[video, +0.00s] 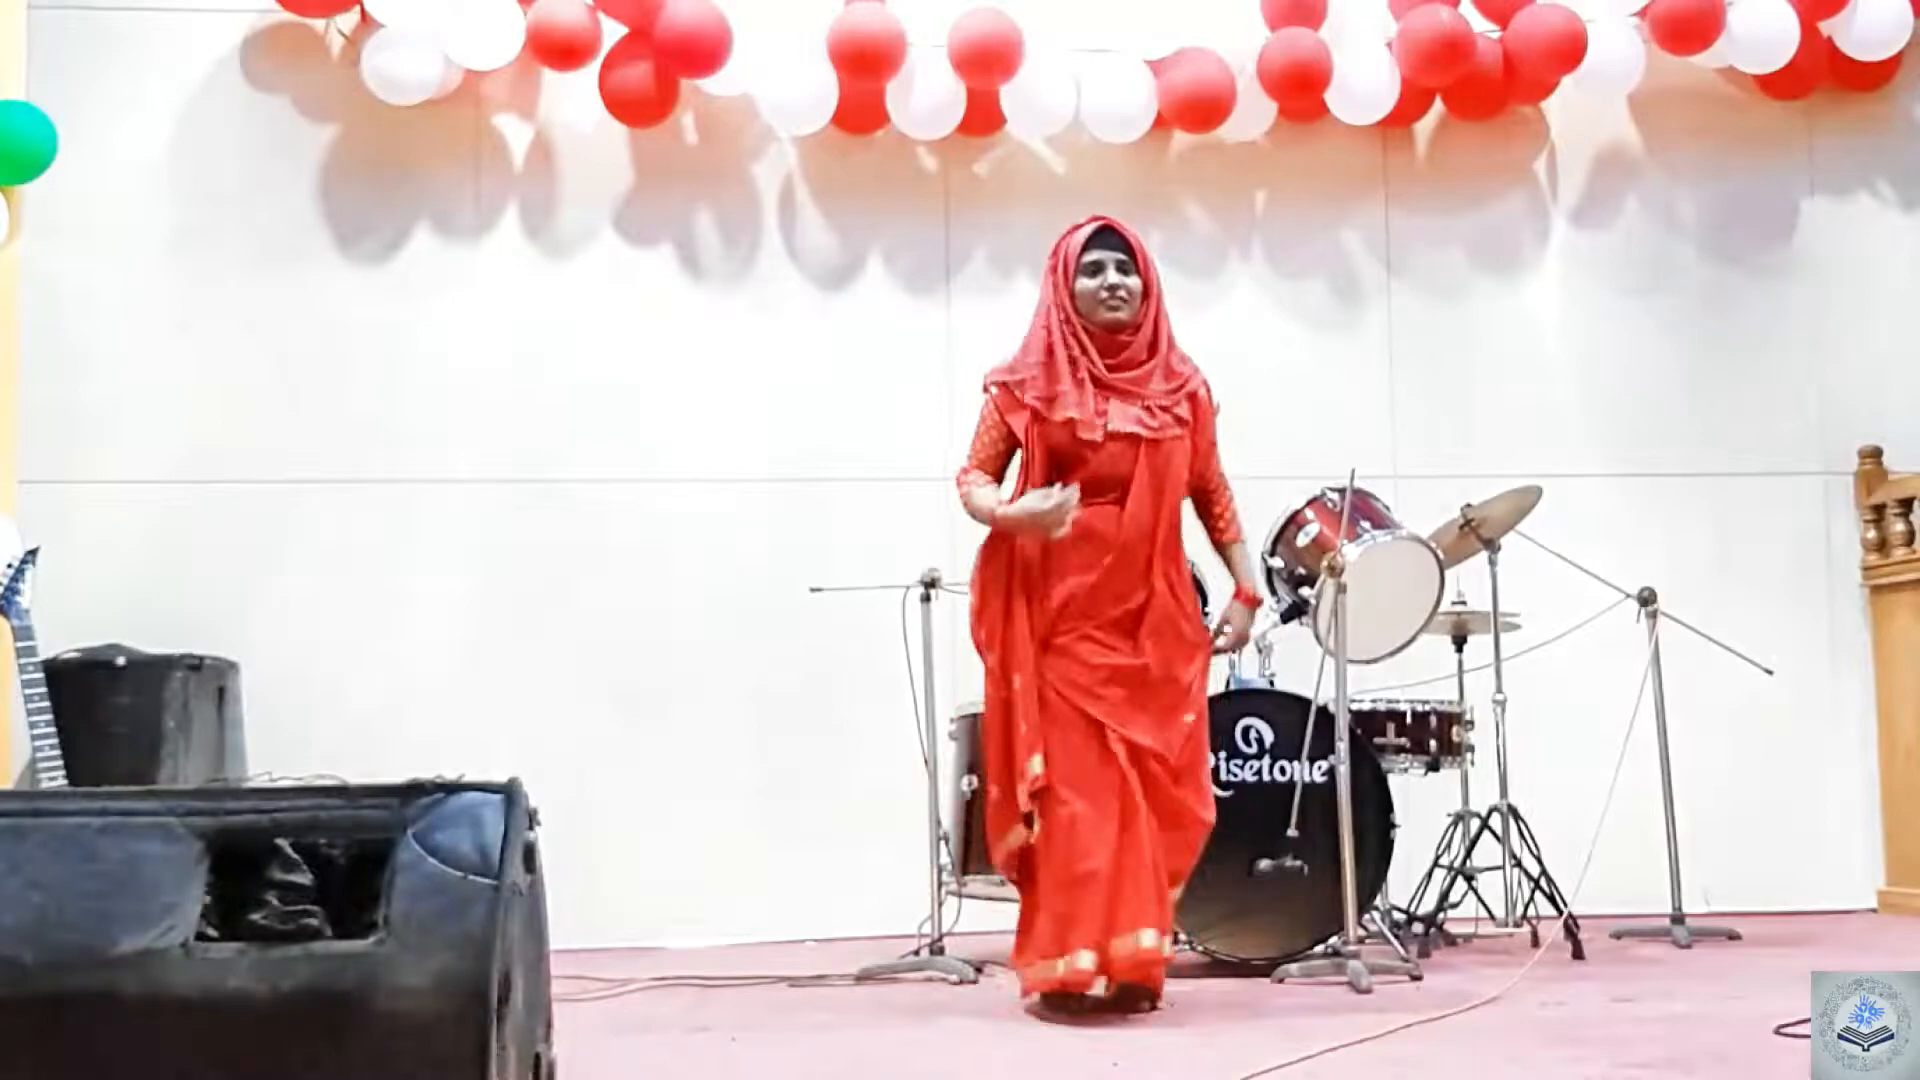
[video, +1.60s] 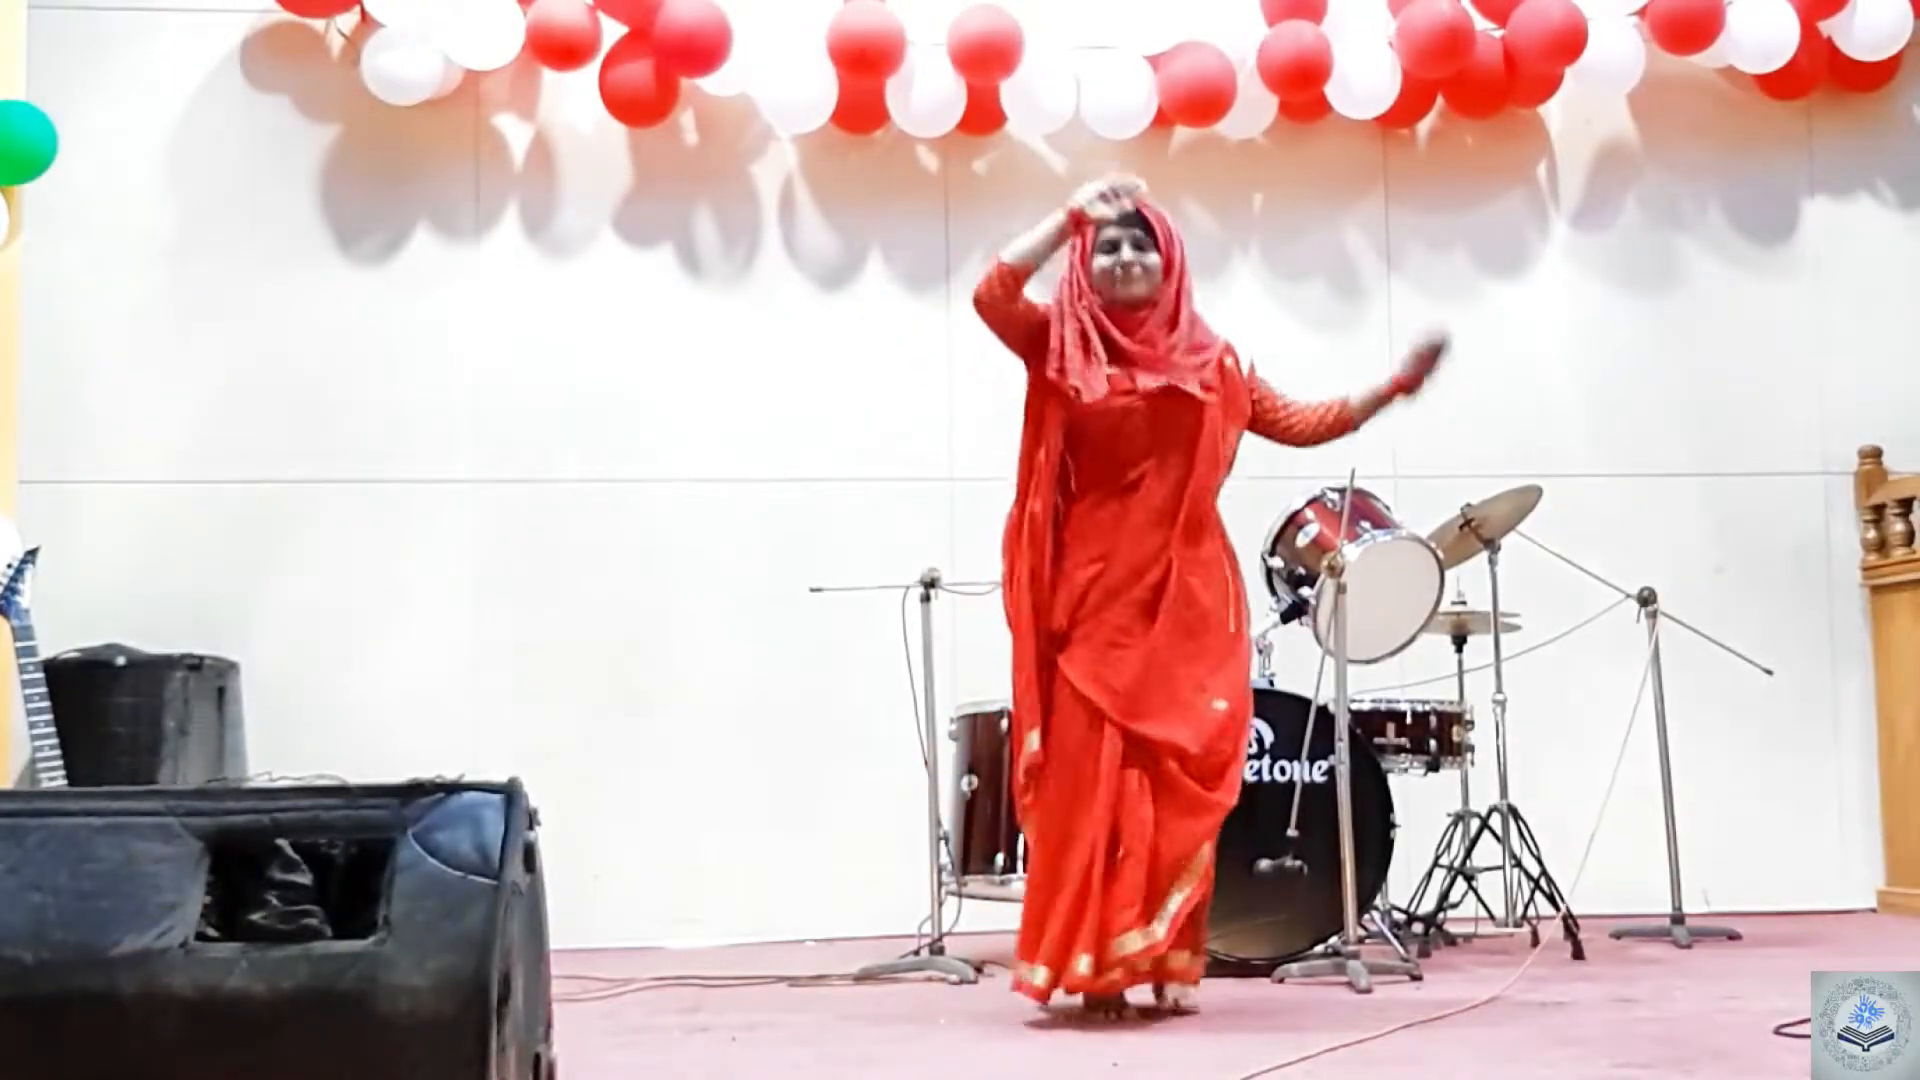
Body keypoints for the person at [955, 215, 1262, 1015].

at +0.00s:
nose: (1111, 280)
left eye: (1123, 268)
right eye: (1094, 270)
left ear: (1144, 284)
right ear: (1067, 288)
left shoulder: (1180, 384)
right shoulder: (1029, 380)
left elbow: (1212, 493)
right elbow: (975, 478)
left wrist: (1246, 583)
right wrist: (1006, 512)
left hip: (1156, 617)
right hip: (1062, 618)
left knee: (1160, 785)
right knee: (1074, 781)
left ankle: (1135, 955)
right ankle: (1071, 963)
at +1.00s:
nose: (1132, 262)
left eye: (1143, 249)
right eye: (1113, 254)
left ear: (1167, 265)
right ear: (1086, 275)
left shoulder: (1207, 376)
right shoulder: (1055, 373)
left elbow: (1237, 481)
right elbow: (1009, 473)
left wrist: (1307, 530)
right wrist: (942, 450)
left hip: (1178, 619)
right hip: (1089, 618)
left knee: (1211, 789)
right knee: (1123, 786)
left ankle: (1158, 964)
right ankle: (1106, 978)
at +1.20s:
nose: (1133, 295)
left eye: (1145, 280)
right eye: (1115, 284)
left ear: (1170, 292)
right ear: (1087, 301)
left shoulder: (1209, 395)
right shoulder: (1064, 387)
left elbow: (1235, 504)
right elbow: (999, 438)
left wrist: (1302, 570)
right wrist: (925, 366)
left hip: (1181, 621)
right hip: (1090, 621)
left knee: (1168, 788)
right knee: (1105, 784)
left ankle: (1149, 962)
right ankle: (1115, 968)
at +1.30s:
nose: (1122, 274)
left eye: (1133, 263)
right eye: (1104, 267)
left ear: (1159, 280)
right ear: (1081, 293)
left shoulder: (1210, 390)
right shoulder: (1066, 381)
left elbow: (1238, 511)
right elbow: (984, 378)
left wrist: (1276, 604)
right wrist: (957, 284)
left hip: (1191, 625)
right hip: (1095, 625)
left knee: (1188, 798)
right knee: (1105, 793)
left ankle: (1152, 965)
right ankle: (1102, 976)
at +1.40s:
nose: (1115, 233)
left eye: (1130, 224)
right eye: (1098, 229)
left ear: (1158, 250)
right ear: (1076, 259)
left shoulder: (1204, 346)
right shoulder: (1057, 339)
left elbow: (1242, 454)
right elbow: (972, 297)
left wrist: (1294, 539)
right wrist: (1010, 196)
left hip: (1185, 595)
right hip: (1085, 596)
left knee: (1185, 774)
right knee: (1092, 772)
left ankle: (1150, 951)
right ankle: (1096, 967)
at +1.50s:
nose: (1117, 232)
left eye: (1131, 219)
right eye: (1098, 224)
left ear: (1160, 239)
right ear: (1079, 248)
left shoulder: (1203, 341)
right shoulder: (1058, 331)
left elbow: (1264, 435)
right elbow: (982, 273)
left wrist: (1346, 474)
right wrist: (1043, 191)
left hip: (1183, 582)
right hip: (1081, 582)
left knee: (1183, 761)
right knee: (1089, 762)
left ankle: (1165, 946)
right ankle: (1097, 963)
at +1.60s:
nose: (1119, 252)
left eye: (1134, 241)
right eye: (1103, 245)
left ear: (1165, 258)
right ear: (1083, 266)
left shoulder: (1208, 362)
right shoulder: (1063, 343)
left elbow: (1302, 423)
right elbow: (993, 294)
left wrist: (1394, 385)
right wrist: (1066, 219)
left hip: (1186, 594)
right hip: (1085, 593)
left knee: (1185, 774)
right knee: (1089, 771)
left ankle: (1160, 963)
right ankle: (1091, 971)